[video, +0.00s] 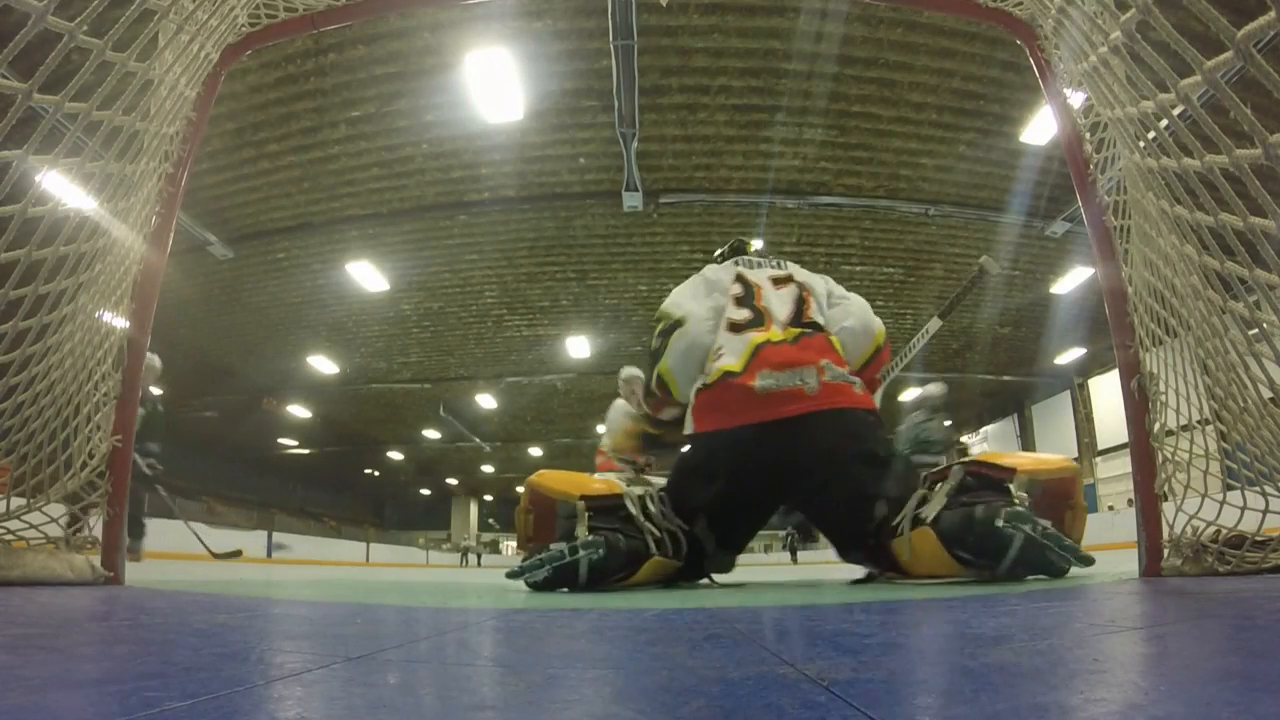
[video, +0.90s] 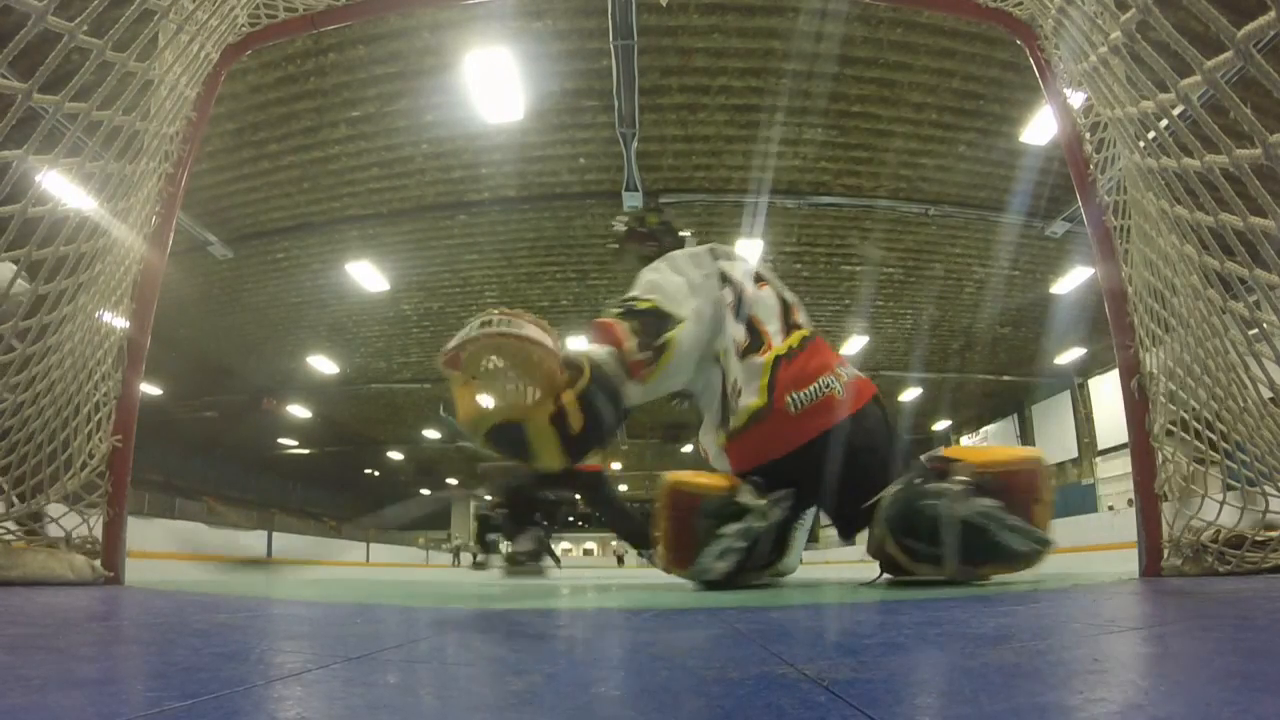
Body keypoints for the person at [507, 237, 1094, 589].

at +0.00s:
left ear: (718, 263)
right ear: (771, 261)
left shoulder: (700, 283)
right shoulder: (817, 282)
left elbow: (675, 353)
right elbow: (873, 340)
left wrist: (636, 438)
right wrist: (856, 411)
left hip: (729, 422)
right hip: (835, 413)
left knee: (682, 542)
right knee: (894, 537)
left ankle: (613, 553)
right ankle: (978, 535)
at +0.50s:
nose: (679, 271)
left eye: (681, 262)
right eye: (683, 264)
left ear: (698, 253)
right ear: (746, 247)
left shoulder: (703, 264)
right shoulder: (801, 277)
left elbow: (680, 309)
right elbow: (871, 344)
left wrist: (611, 378)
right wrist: (849, 404)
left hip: (758, 420)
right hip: (854, 406)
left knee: (707, 531)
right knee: (880, 510)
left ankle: (668, 534)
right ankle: (921, 525)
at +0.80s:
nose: (641, 284)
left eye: (642, 273)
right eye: (642, 276)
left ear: (660, 252)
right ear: (705, 239)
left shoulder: (683, 272)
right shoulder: (758, 271)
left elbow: (641, 347)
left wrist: (578, 401)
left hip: (773, 431)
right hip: (856, 405)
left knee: (732, 539)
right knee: (888, 513)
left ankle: (727, 541)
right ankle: (939, 521)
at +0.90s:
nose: (626, 268)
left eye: (626, 259)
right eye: (627, 256)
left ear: (642, 248)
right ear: (679, 232)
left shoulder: (671, 273)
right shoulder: (740, 267)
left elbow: (636, 344)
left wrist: (566, 367)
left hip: (777, 425)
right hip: (849, 399)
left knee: (750, 520)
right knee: (883, 510)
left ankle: (747, 533)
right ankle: (943, 519)